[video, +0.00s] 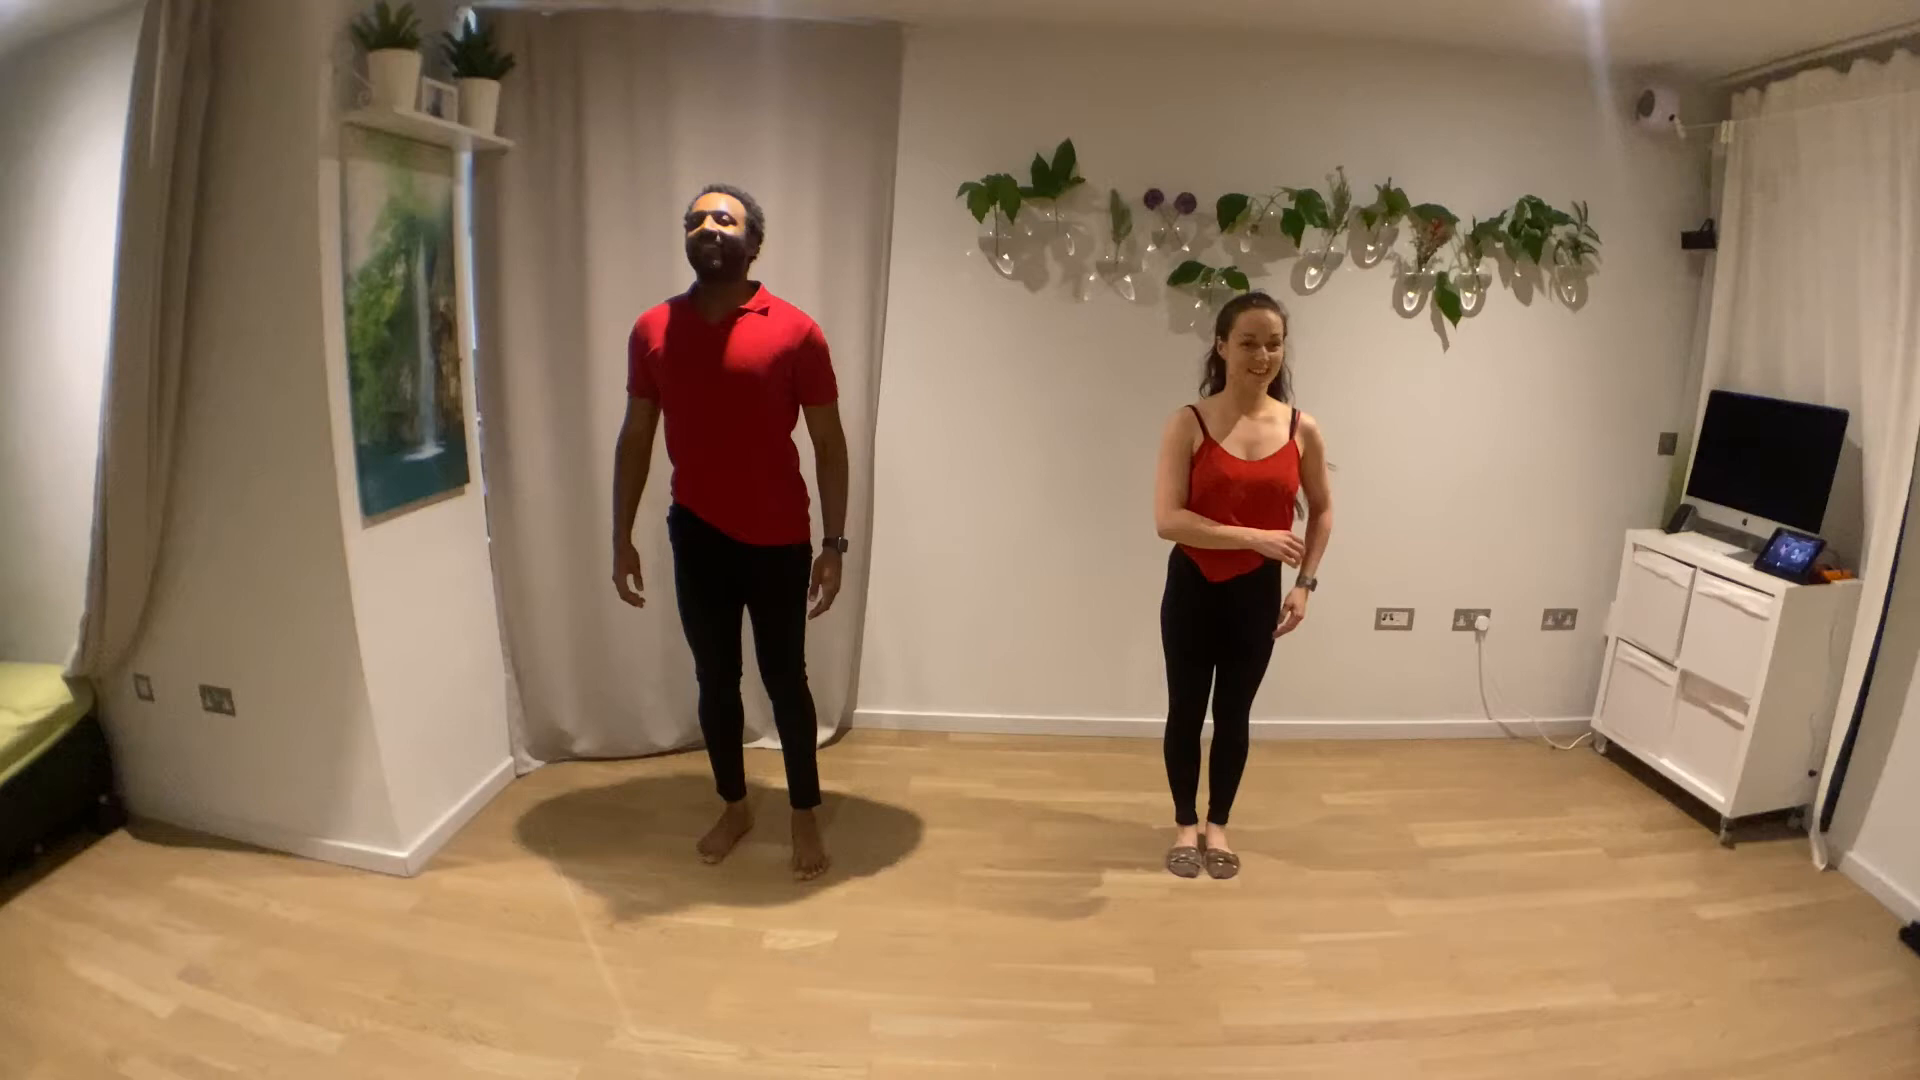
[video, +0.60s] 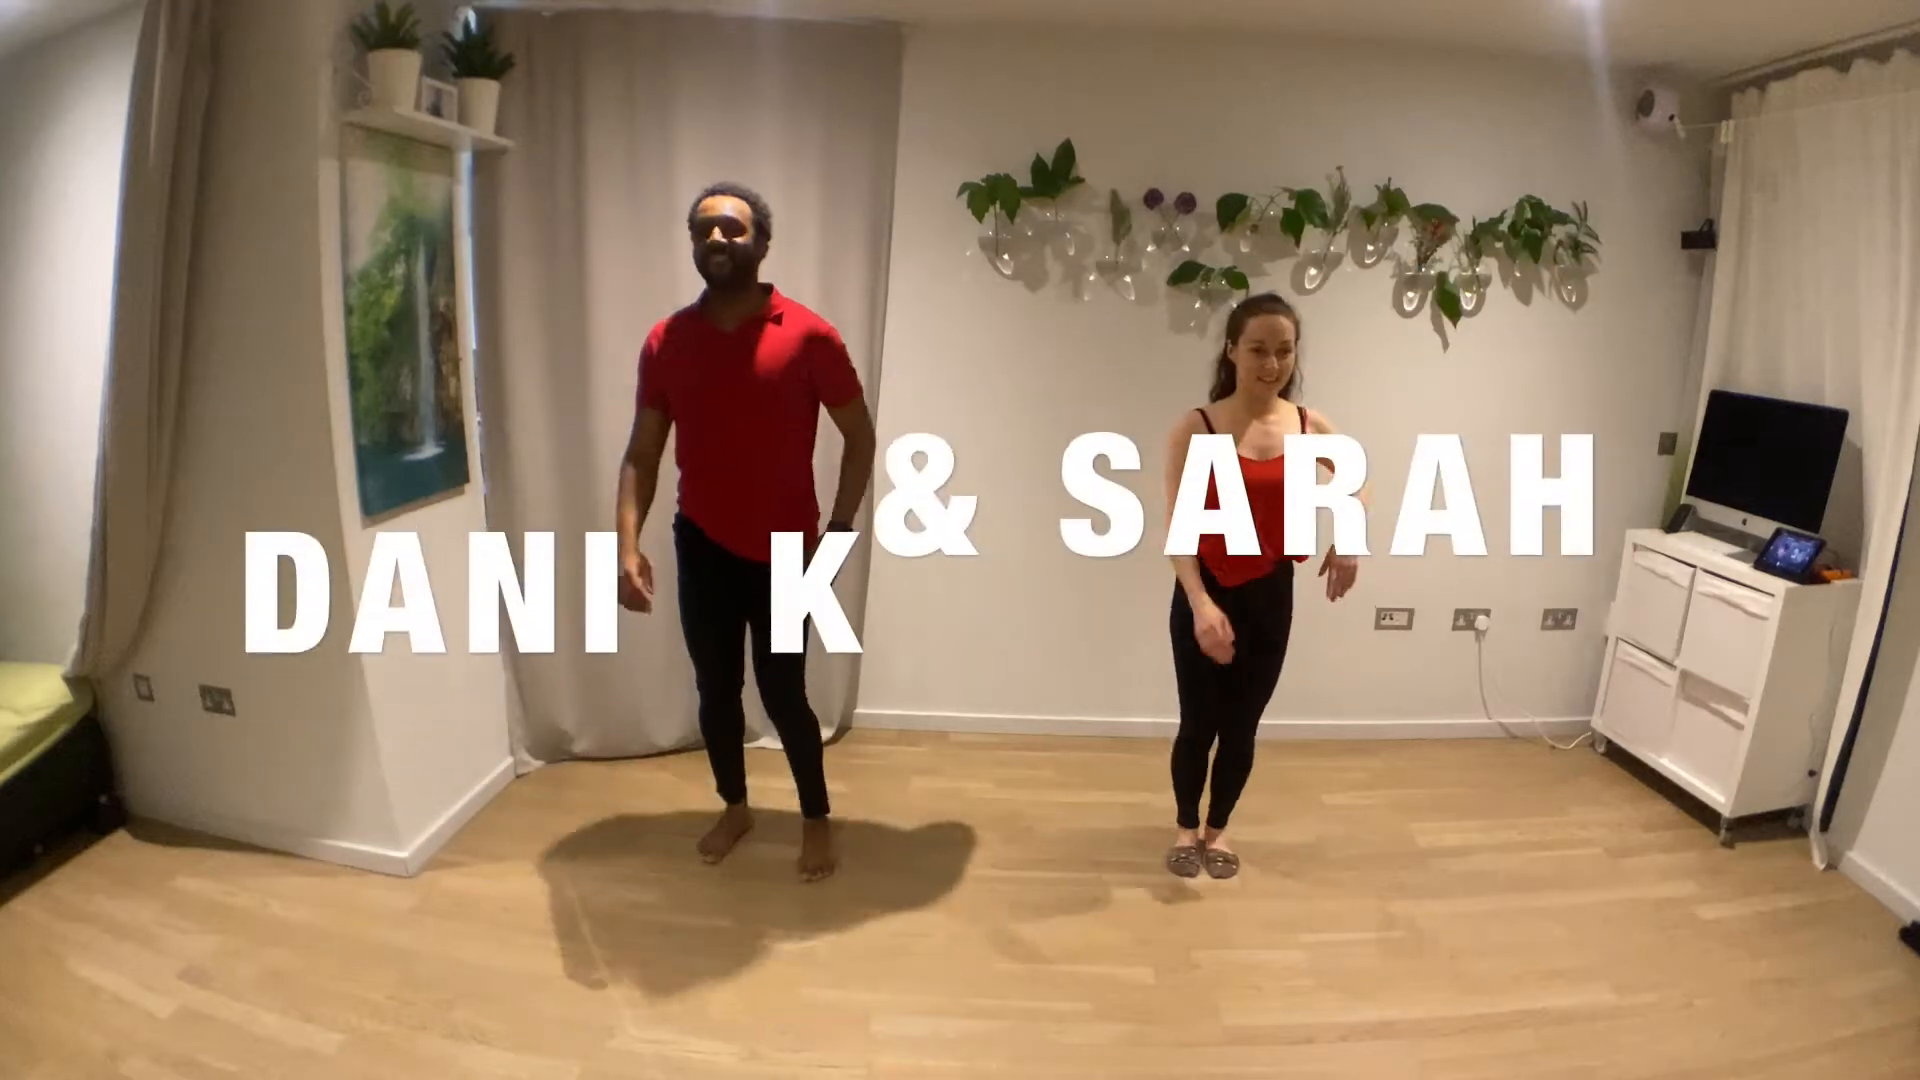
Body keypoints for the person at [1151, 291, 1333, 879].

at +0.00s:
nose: (1263, 355)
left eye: (1273, 344)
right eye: (1250, 343)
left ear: (1285, 350)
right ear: (1222, 347)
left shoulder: (1301, 430)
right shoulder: (1189, 422)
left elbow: (1321, 511)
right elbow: (1167, 519)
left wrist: (1304, 585)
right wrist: (1253, 537)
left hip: (1257, 590)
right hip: (1192, 586)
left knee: (1233, 714)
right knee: (1186, 710)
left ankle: (1216, 828)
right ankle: (1186, 829)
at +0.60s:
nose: (1271, 362)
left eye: (1283, 350)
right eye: (1259, 348)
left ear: (1295, 355)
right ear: (1231, 349)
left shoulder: (1310, 426)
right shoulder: (1195, 428)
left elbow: (1356, 487)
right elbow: (1177, 526)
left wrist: (1346, 541)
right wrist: (1201, 604)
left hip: (1270, 592)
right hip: (1204, 589)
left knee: (1241, 724)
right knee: (1200, 721)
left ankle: (1215, 836)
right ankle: (1187, 832)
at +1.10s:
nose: (1297, 367)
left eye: (1309, 355)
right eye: (1283, 352)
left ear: (1321, 363)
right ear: (1253, 355)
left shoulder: (1331, 449)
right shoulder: (1211, 426)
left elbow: (1344, 540)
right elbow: (1131, 470)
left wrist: (1325, 548)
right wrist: (1136, 540)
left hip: (1300, 617)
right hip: (1230, 614)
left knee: (1267, 754)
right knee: (1250, 765)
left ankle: (1224, 822)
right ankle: (1255, 897)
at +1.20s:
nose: (1303, 369)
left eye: (1316, 357)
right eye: (1289, 355)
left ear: (1328, 364)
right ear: (1258, 358)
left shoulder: (1341, 456)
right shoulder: (1218, 431)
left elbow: (1341, 560)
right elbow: (1134, 460)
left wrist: (1313, 632)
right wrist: (1145, 496)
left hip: (1304, 625)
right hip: (1231, 623)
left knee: (1291, 775)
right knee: (1245, 775)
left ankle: (1231, 822)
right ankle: (1256, 903)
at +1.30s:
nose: (1308, 376)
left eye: (1321, 364)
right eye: (1293, 361)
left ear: (1334, 373)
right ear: (1262, 366)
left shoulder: (1351, 466)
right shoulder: (1218, 446)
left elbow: (1363, 584)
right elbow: (1114, 484)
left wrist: (1346, 676)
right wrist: (1165, 479)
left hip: (1303, 642)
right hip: (1229, 639)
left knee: (1304, 800)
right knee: (1242, 789)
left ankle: (1258, 822)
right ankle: (1257, 898)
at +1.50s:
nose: (1312, 389)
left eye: (1326, 376)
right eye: (1297, 374)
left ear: (1340, 384)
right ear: (1267, 377)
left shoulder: (1359, 472)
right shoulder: (1223, 469)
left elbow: (1423, 557)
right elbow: (1154, 549)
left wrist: (1402, 651)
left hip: (1302, 655)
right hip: (1225, 651)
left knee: (1285, 802)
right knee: (1239, 800)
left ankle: (1283, 926)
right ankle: (1265, 909)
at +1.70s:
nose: (1313, 394)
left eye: (1328, 381)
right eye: (1297, 379)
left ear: (1340, 390)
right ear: (1263, 383)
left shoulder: (1359, 465)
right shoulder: (1221, 480)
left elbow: (1443, 511)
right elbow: (1194, 588)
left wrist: (1419, 605)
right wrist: (1276, 575)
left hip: (1310, 675)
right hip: (1230, 675)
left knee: (1285, 857)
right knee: (1244, 836)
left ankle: (1236, 987)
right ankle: (1276, 904)